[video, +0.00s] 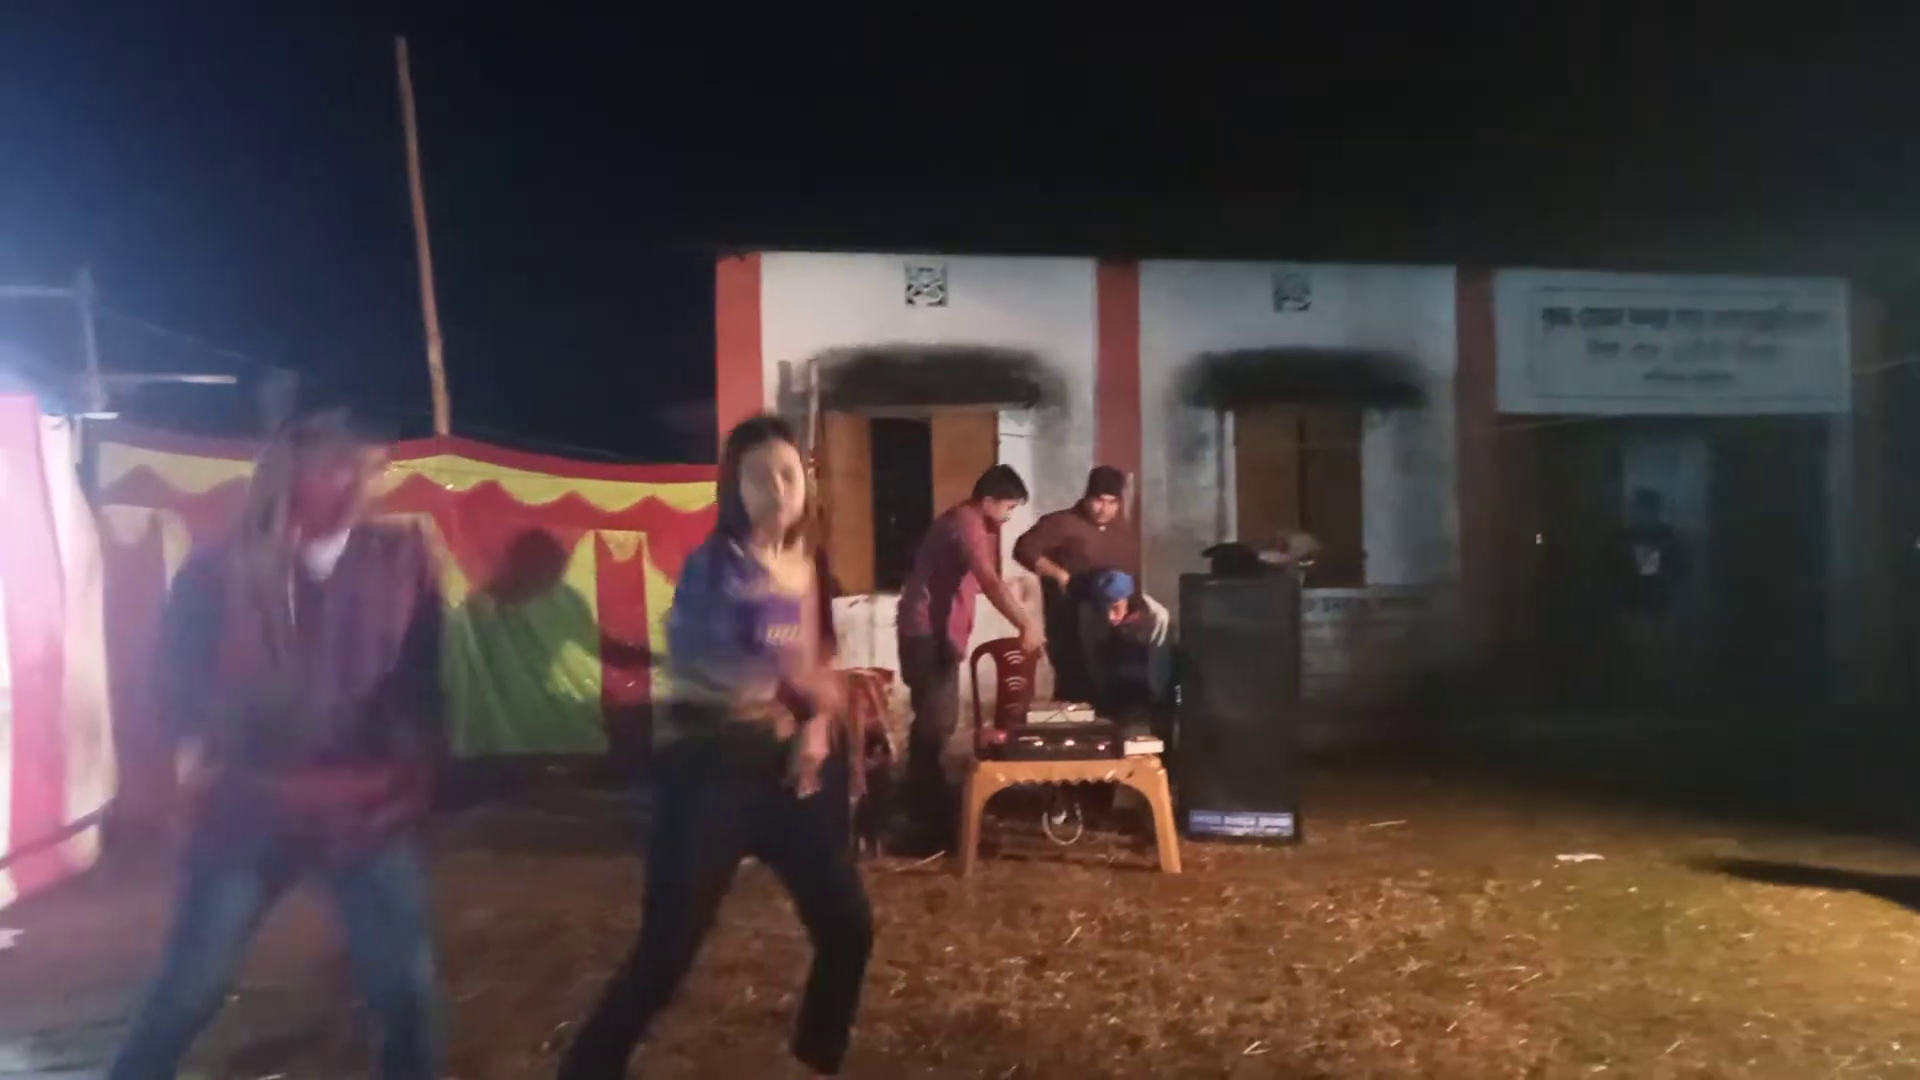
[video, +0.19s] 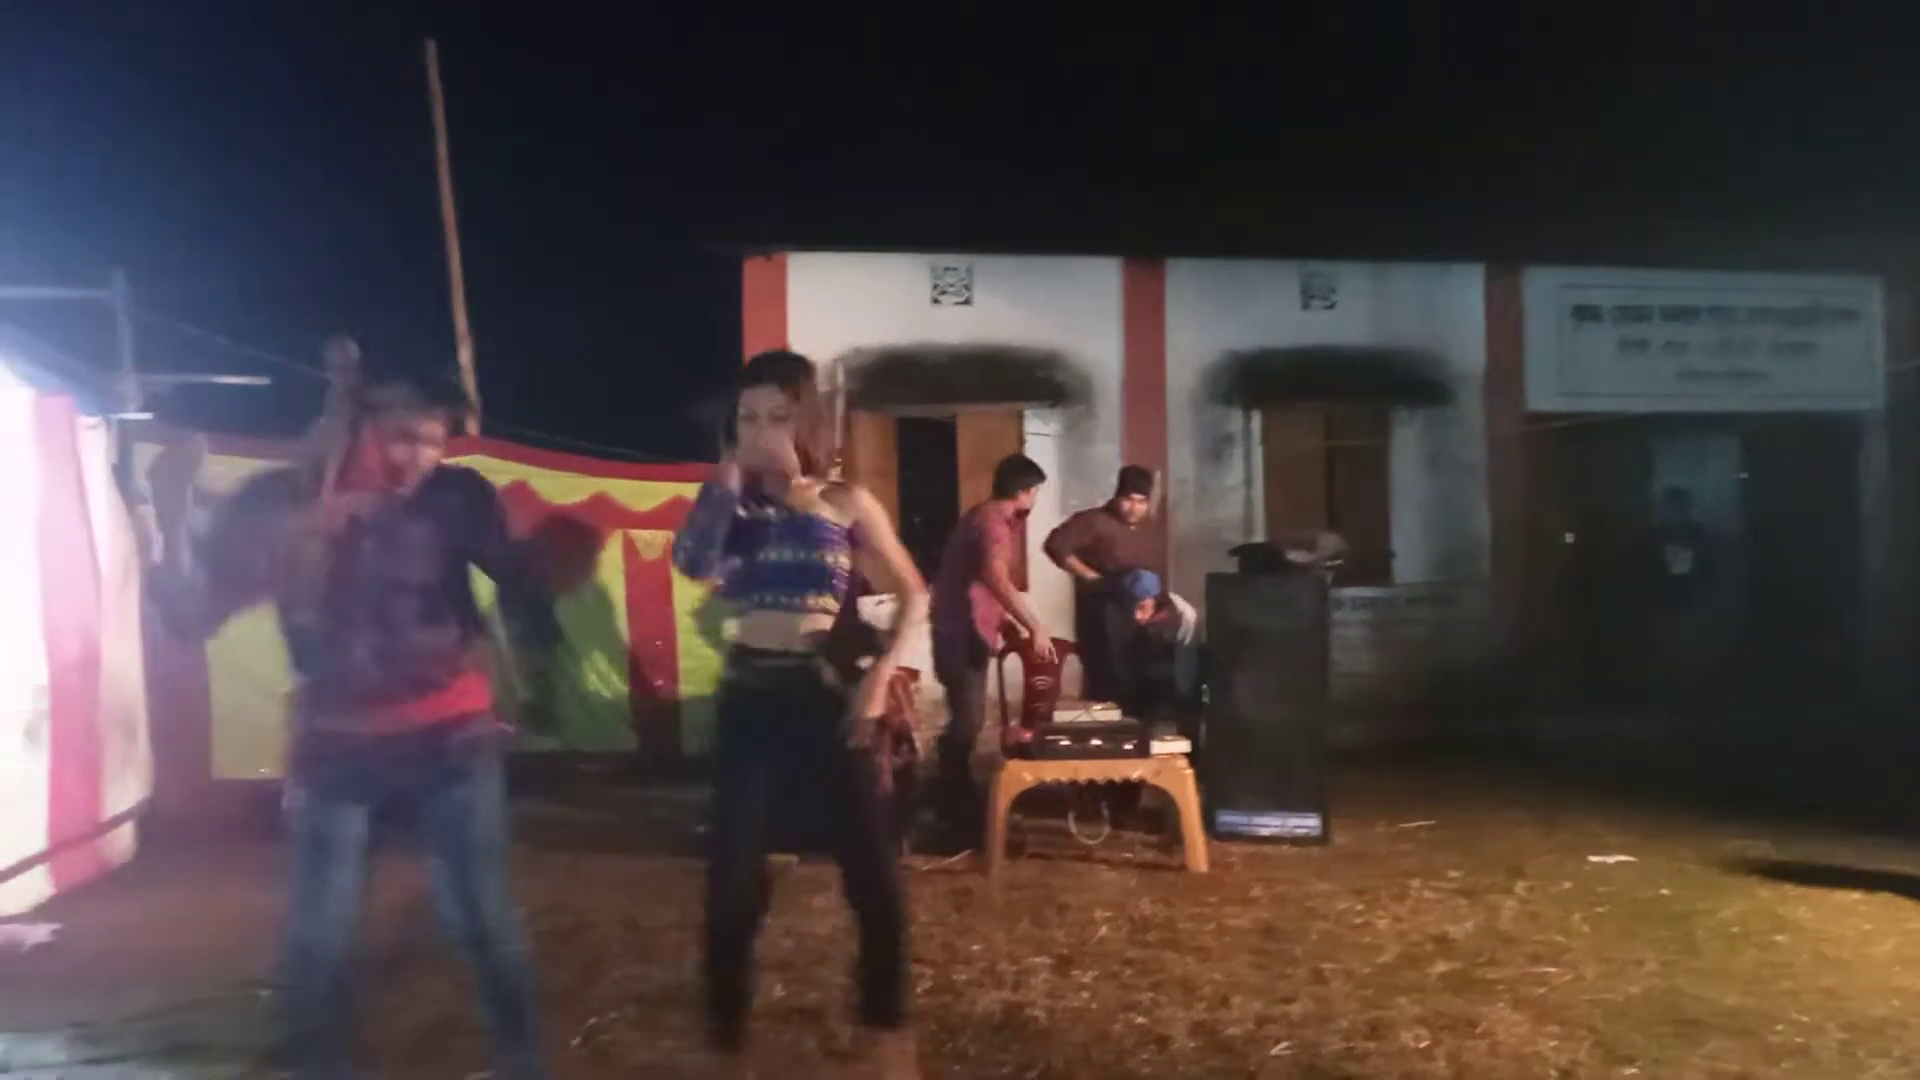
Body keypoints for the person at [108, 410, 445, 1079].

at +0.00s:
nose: (346, 485)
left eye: (358, 467)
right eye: (328, 466)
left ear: (375, 472)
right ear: (289, 472)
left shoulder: (401, 561)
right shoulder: (221, 573)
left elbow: (419, 683)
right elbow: (181, 684)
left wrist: (410, 770)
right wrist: (193, 752)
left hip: (368, 806)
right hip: (249, 811)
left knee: (408, 987)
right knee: (192, 990)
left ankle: (413, 1071)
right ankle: (133, 1071)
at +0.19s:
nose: (418, 462)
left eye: (433, 445)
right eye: (404, 440)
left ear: (447, 443)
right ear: (363, 424)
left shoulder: (458, 497)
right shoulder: (284, 504)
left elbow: (526, 585)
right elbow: (189, 615)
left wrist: (562, 553)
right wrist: (170, 514)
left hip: (454, 740)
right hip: (339, 749)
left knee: (484, 920)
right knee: (318, 939)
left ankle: (520, 1063)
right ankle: (314, 1068)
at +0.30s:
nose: (425, 485)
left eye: (439, 468)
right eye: (411, 469)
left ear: (464, 467)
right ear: (385, 466)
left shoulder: (492, 529)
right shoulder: (337, 532)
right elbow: (250, 622)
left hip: (483, 762)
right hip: (379, 773)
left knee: (519, 935)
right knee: (374, 959)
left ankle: (582, 1058)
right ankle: (390, 1066)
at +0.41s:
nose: (458, 519)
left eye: (473, 501)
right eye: (444, 499)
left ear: (499, 501)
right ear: (420, 498)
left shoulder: (541, 569)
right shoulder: (388, 575)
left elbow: (587, 666)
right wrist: (273, 683)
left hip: (553, 791)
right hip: (455, 806)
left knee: (605, 961)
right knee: (437, 977)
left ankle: (652, 1065)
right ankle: (438, 1068)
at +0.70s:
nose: (618, 482)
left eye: (631, 465)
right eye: (602, 465)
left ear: (646, 467)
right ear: (567, 461)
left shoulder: (678, 538)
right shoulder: (516, 541)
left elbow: (740, 651)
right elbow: (437, 637)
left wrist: (752, 754)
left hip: (678, 772)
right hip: (581, 780)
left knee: (724, 949)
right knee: (539, 956)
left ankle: (767, 1066)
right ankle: (527, 1069)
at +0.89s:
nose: (678, 489)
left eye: (681, 474)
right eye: (662, 474)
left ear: (682, 483)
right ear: (616, 480)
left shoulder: (713, 568)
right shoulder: (555, 569)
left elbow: (732, 680)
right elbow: (518, 683)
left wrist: (752, 759)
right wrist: (567, 754)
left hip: (685, 789)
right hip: (587, 793)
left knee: (733, 954)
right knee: (562, 968)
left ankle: (800, 1064)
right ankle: (564, 1069)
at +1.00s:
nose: (712, 443)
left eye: (719, 427)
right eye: (697, 425)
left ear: (727, 436)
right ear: (654, 430)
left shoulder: (742, 522)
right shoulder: (589, 512)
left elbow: (768, 617)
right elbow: (553, 619)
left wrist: (780, 616)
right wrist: (634, 592)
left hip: (693, 746)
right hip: (594, 747)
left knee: (746, 904)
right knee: (578, 929)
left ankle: (764, 1055)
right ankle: (583, 1066)